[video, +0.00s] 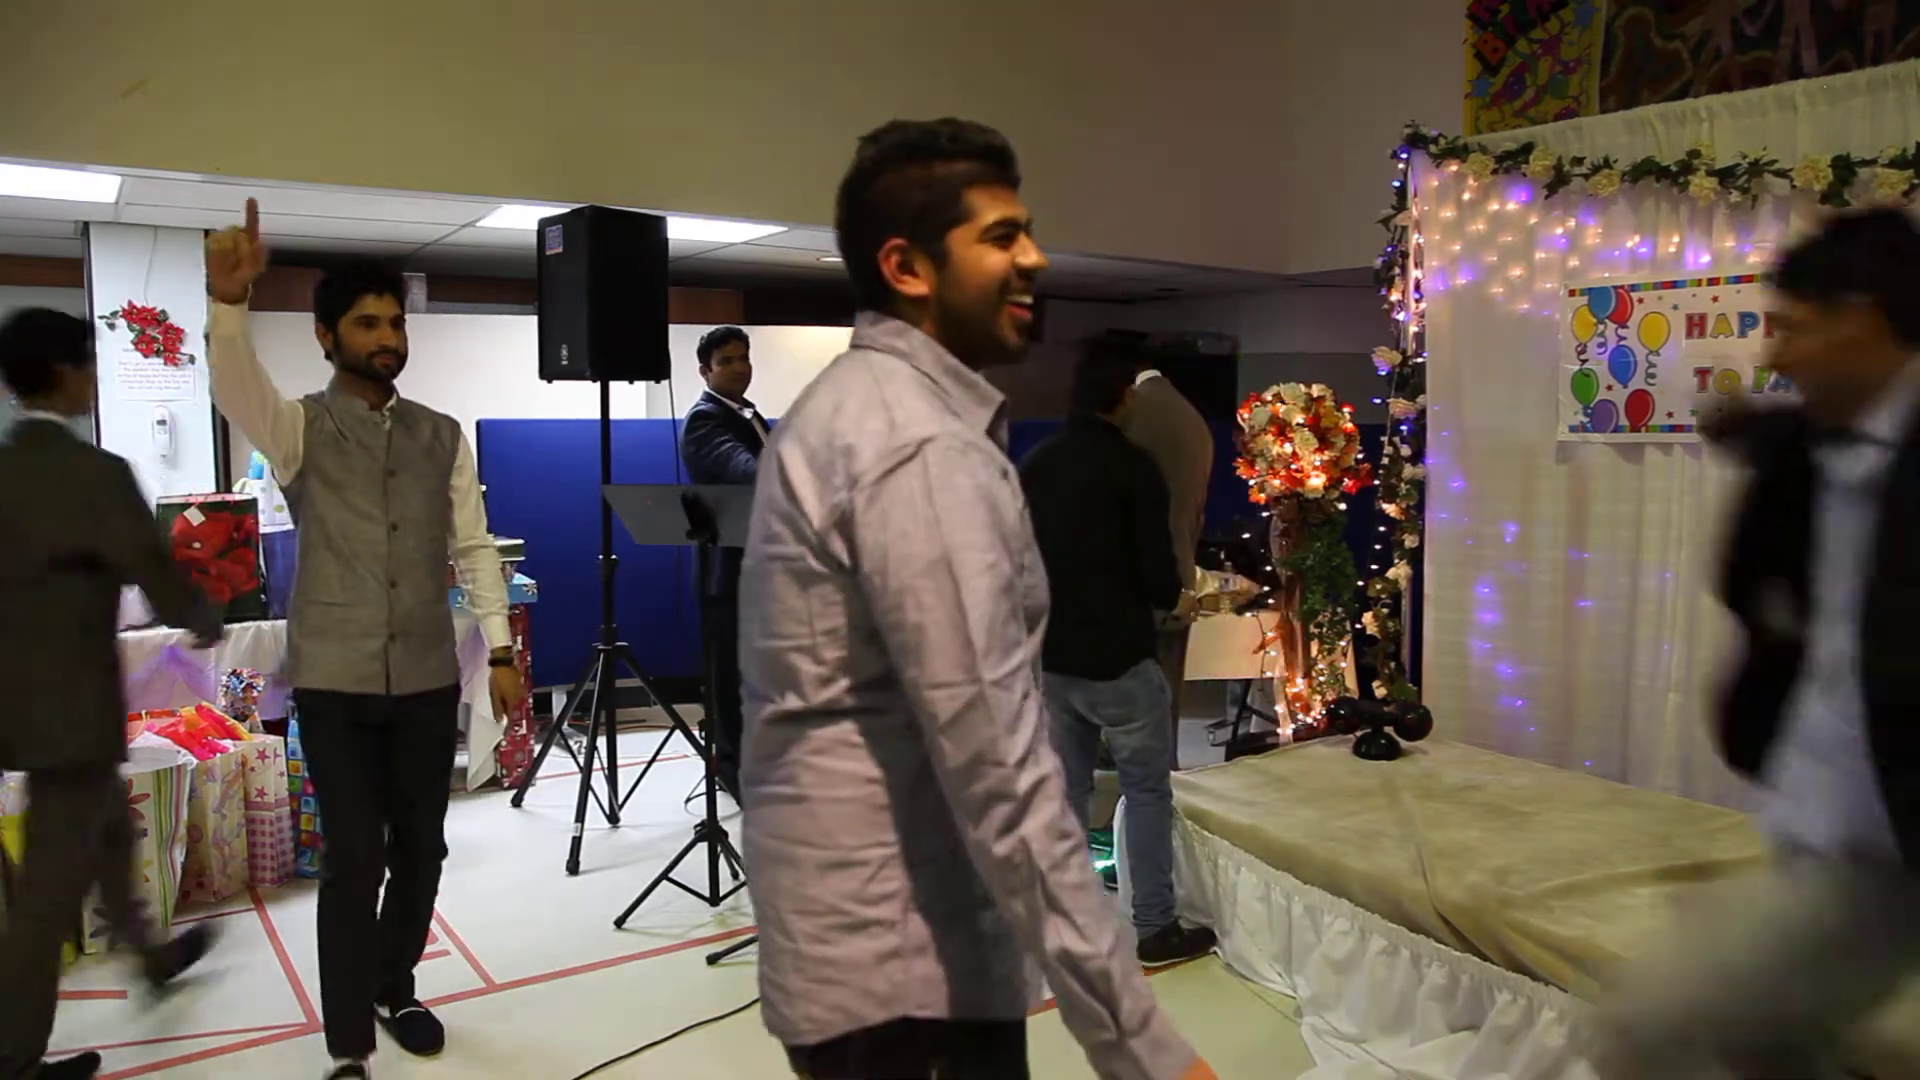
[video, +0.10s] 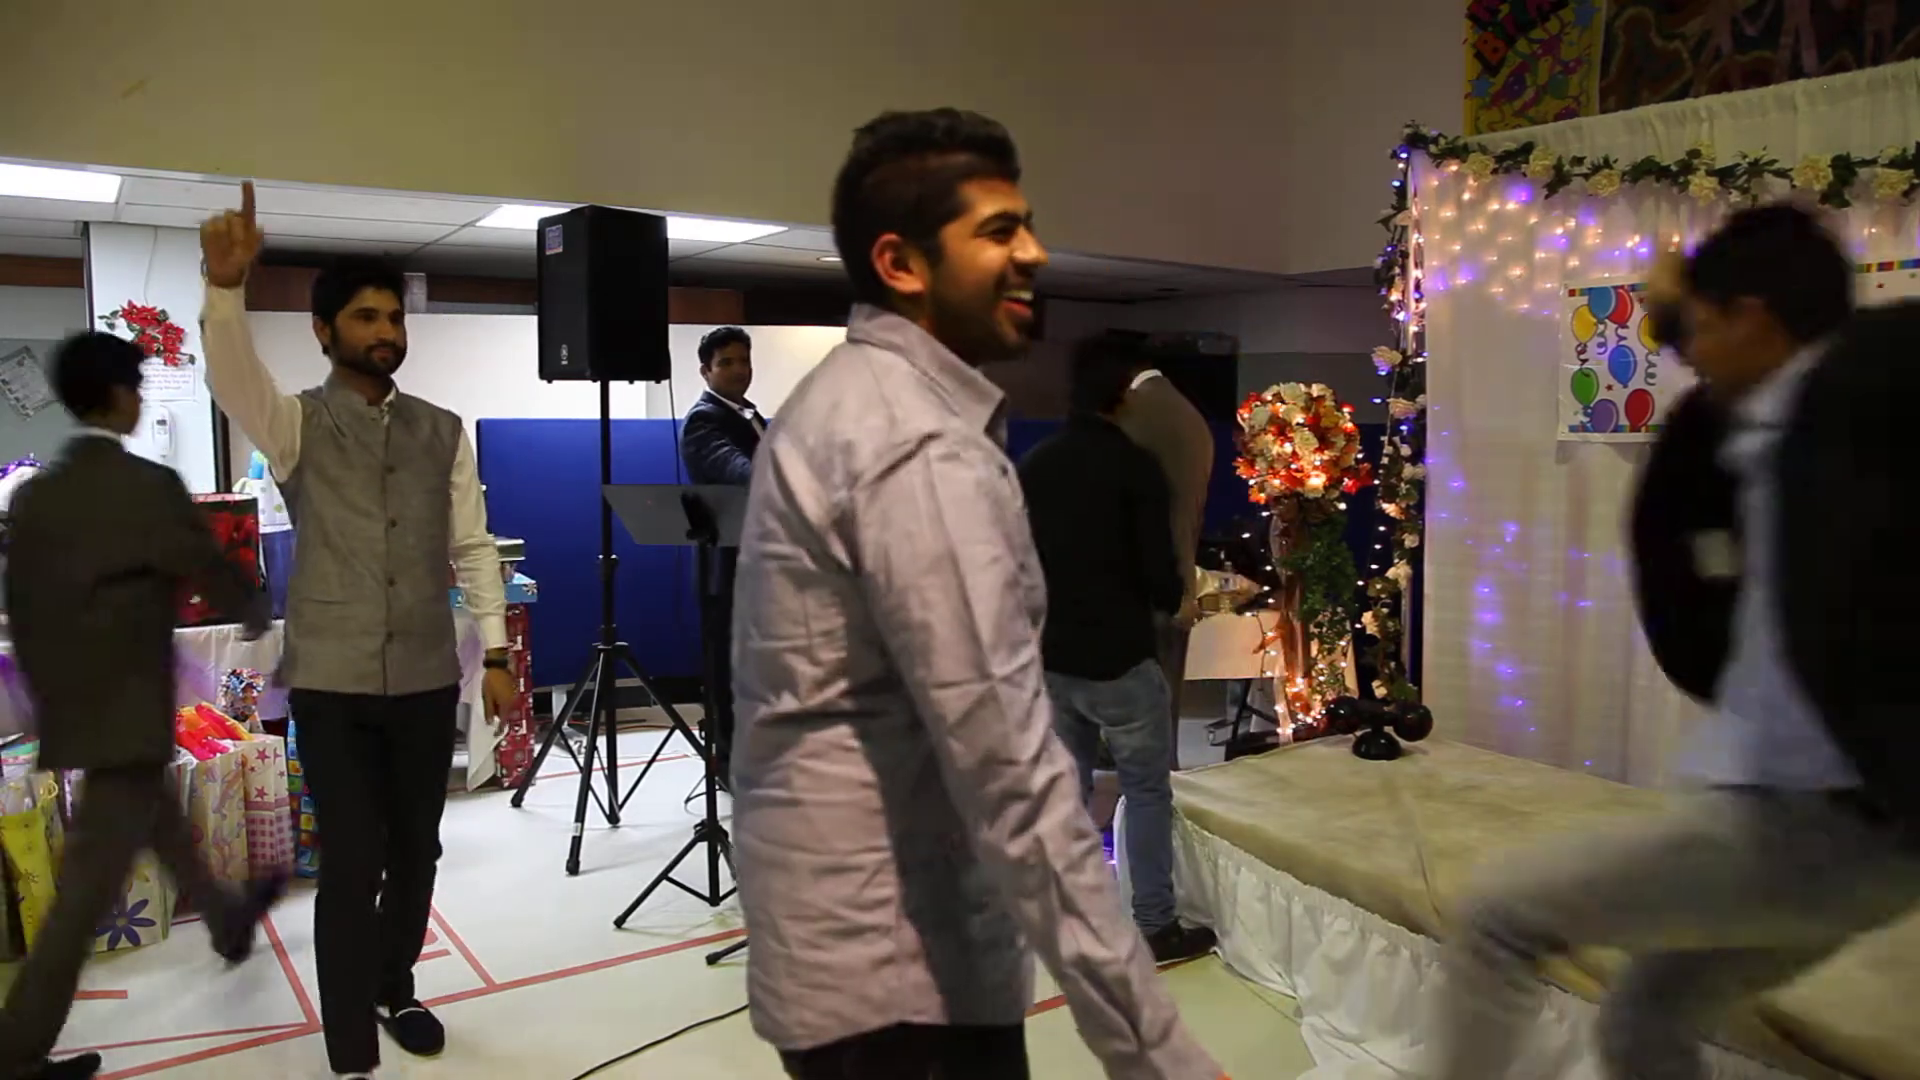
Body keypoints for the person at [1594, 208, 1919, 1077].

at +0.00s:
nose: (1770, 351)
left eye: (1788, 327)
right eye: (1770, 328)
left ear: (1867, 324)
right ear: (1849, 324)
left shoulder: (1914, 456)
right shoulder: (1793, 449)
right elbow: (1750, 593)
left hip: (1896, 850)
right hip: (1805, 823)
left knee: (1660, 1026)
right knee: (1777, 1044)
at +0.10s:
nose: (1688, 353)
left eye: (1695, 328)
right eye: (1684, 332)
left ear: (1752, 317)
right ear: (1760, 316)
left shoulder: (1860, 407)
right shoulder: (1769, 437)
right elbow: (1695, 651)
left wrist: (1676, 328)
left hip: (1843, 818)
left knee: (1500, 913)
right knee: (1649, 1021)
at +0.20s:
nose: (1607, 368)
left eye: (1619, 342)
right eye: (1609, 342)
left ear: (1674, 344)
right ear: (1677, 345)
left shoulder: (1791, 414)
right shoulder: (1687, 460)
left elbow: (1900, 432)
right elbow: (1693, 635)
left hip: (1762, 834)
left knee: (1408, 913)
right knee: (1623, 1028)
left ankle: (1201, 1043)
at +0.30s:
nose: (1551, 367)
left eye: (1555, 341)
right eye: (1550, 343)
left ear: (1595, 335)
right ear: (1649, 320)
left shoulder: (1677, 412)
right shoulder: (1707, 408)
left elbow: (1596, 574)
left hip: (1651, 805)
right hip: (1702, 817)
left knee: (1323, 874)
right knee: (1577, 1026)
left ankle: (1104, 989)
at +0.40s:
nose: (1484, 345)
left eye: (1485, 325)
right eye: (1482, 326)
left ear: (1518, 314)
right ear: (1599, 301)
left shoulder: (1550, 389)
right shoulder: (1653, 381)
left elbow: (1464, 577)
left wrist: (1328, 739)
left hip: (1570, 805)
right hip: (1671, 797)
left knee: (1265, 884)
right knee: (1471, 992)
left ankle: (1081, 1050)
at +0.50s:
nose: (1413, 368)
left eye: (1419, 344)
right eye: (1416, 344)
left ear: (1451, 347)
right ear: (1540, 339)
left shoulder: (1448, 465)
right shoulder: (1613, 437)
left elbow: (1339, 688)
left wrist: (1199, 858)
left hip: (1466, 844)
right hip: (1608, 826)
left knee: (1226, 1001)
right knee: (1378, 1021)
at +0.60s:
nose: (1365, 388)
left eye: (1368, 366)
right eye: (1366, 367)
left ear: (1398, 368)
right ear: (1500, 356)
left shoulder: (1366, 502)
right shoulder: (1573, 456)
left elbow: (1292, 698)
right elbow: (1648, 481)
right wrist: (1539, 406)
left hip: (1420, 835)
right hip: (1582, 817)